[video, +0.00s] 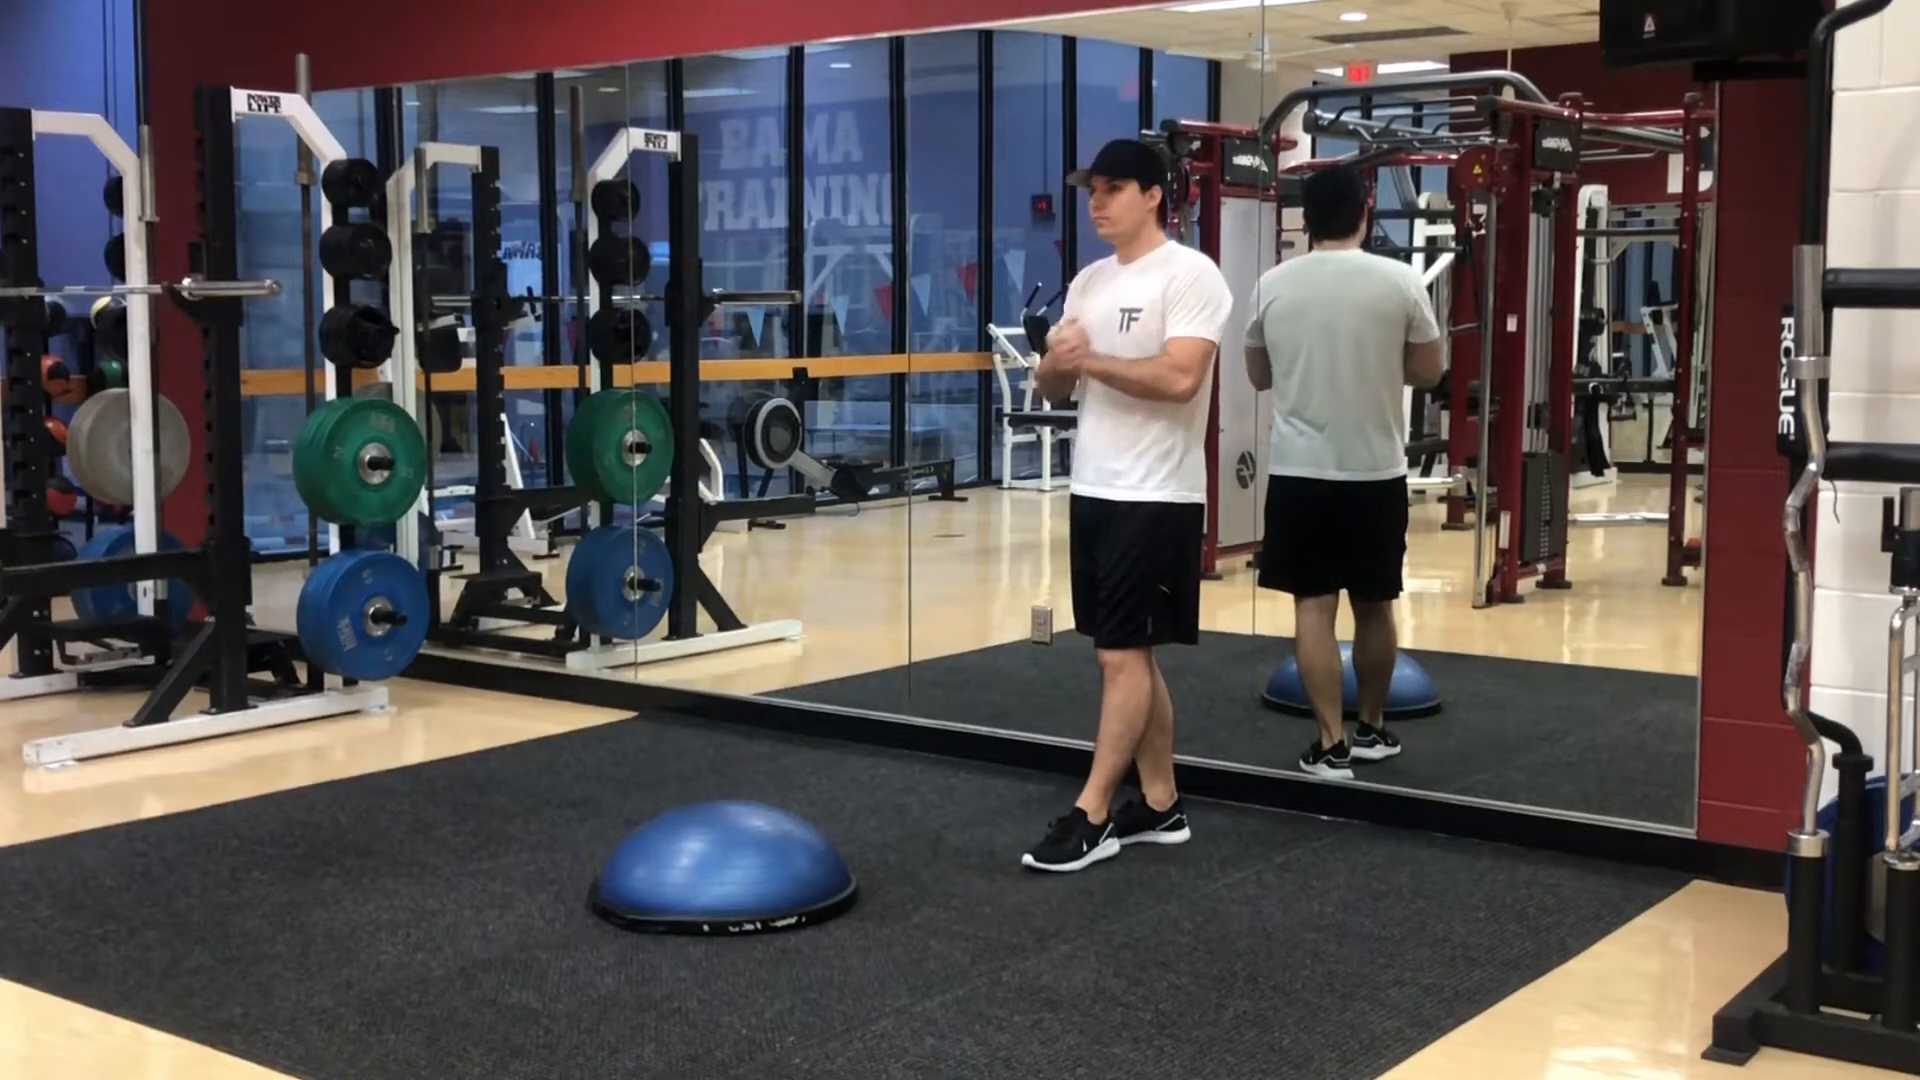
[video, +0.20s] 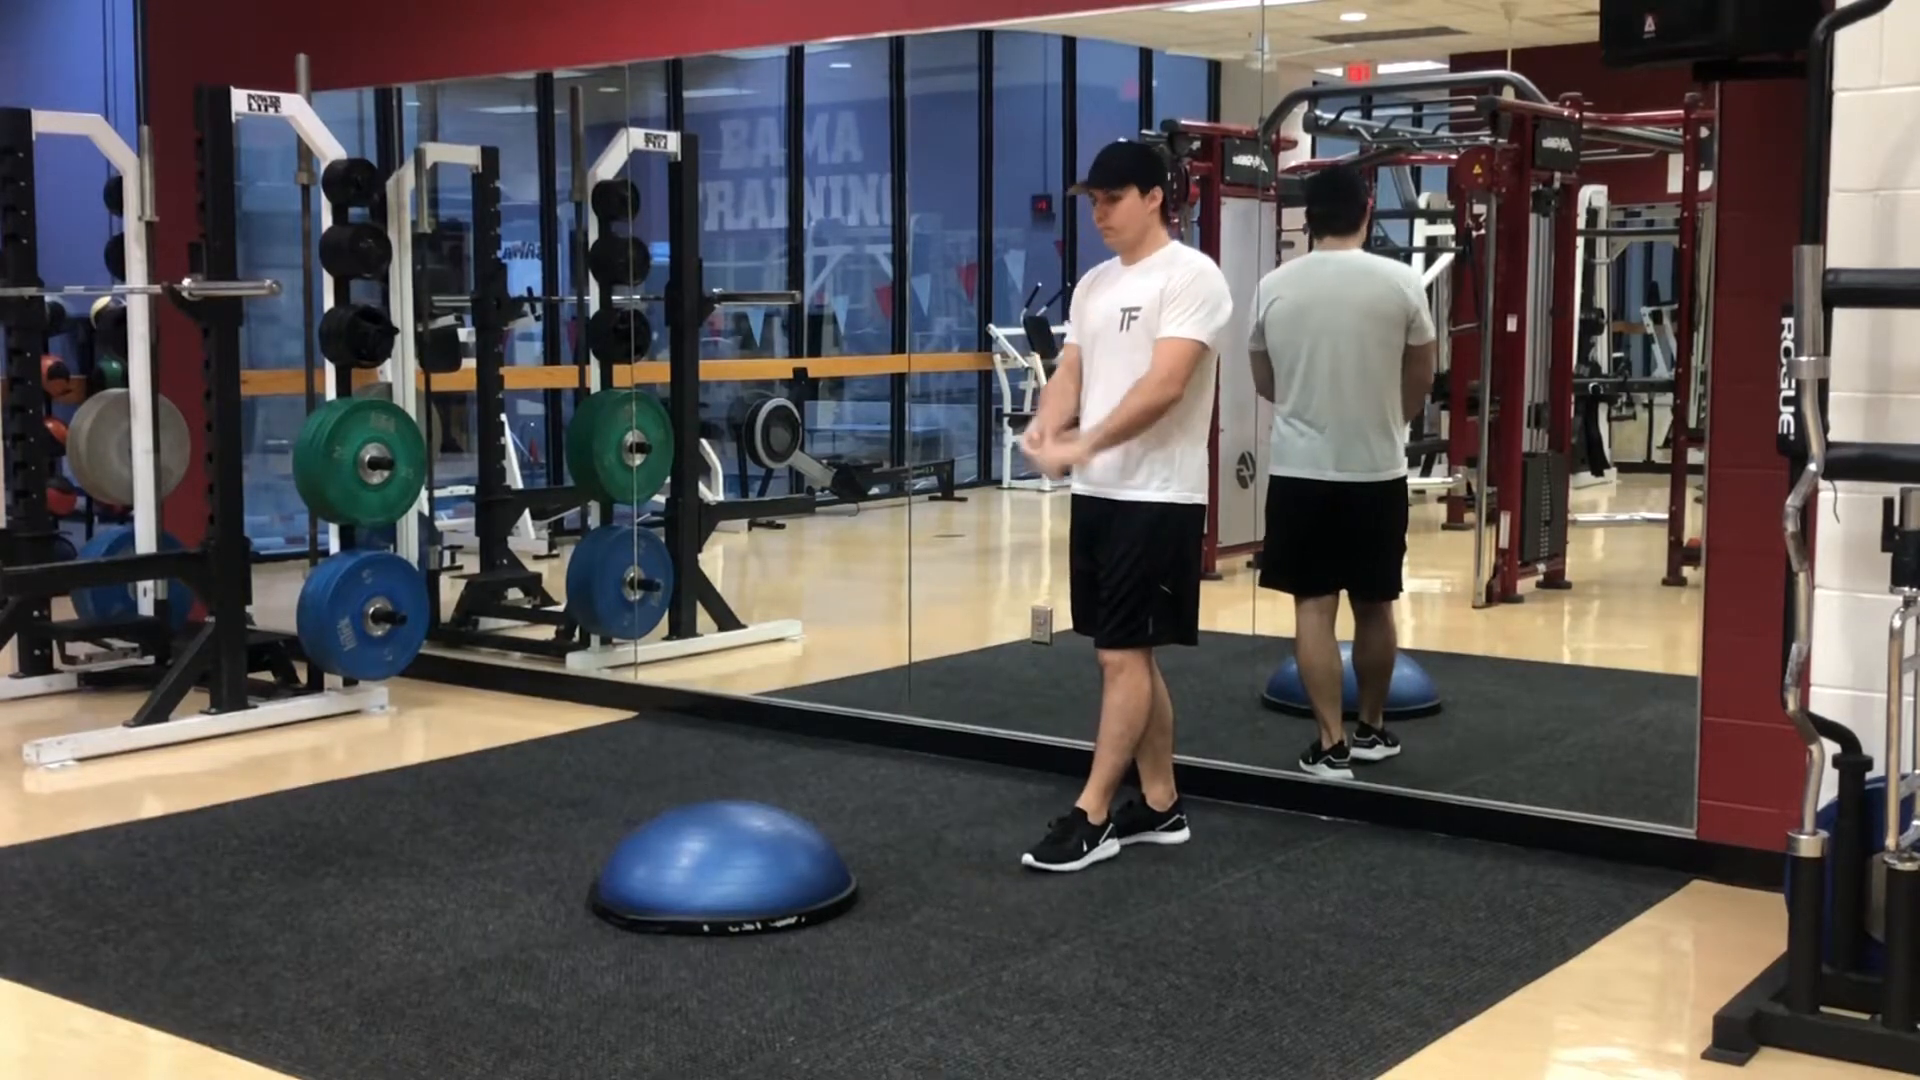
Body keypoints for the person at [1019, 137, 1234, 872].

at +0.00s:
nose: (1097, 205)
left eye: (1111, 191)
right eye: (1093, 193)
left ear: (1152, 196)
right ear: (1095, 199)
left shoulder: (1193, 274)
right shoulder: (1088, 281)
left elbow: (1180, 379)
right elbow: (1051, 386)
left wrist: (1087, 363)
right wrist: (1054, 361)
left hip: (1156, 492)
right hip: (1095, 489)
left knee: (1121, 652)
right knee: (1128, 653)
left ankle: (1091, 813)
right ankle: (1161, 802)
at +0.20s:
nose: (1100, 213)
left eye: (1112, 199)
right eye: (1095, 201)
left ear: (1154, 198)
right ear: (1096, 205)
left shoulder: (1194, 275)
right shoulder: (1092, 284)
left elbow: (1166, 384)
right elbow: (1069, 373)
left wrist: (1087, 443)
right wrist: (1044, 426)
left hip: (1158, 495)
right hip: (1097, 490)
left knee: (1121, 652)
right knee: (1126, 652)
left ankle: (1091, 813)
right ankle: (1161, 801)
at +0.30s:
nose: (1093, 224)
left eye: (1104, 209)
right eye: (1088, 212)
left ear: (1145, 202)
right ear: (1094, 212)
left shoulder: (1193, 277)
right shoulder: (1093, 286)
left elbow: (1183, 391)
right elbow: (1077, 384)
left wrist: (1133, 477)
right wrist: (1045, 450)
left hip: (1159, 495)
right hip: (1097, 489)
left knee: (1119, 652)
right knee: (1126, 653)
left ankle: (1092, 813)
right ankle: (1161, 802)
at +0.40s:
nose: (1084, 235)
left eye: (1091, 220)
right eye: (1081, 223)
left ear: (1130, 207)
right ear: (1111, 214)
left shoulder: (1189, 278)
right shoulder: (1093, 288)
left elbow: (1209, 394)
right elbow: (1079, 391)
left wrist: (1204, 497)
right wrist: (1047, 477)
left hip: (1151, 499)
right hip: (1094, 495)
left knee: (1111, 647)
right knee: (1128, 653)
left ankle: (1090, 812)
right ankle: (1161, 802)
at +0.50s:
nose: (1074, 242)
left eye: (1080, 227)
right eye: (1068, 230)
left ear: (1121, 209)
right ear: (1091, 219)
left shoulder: (1185, 278)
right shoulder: (1087, 287)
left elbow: (1230, 383)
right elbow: (1084, 391)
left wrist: (1255, 486)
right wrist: (1068, 482)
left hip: (1157, 501)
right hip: (1094, 498)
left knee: (1097, 646)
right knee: (1130, 652)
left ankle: (1087, 810)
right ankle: (1160, 803)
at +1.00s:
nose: (1027, 257)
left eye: (1033, 241)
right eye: (1019, 245)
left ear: (1075, 220)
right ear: (1042, 231)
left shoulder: (1140, 285)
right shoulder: (1035, 291)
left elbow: (1185, 393)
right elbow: (1038, 392)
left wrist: (1149, 493)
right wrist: (1005, 475)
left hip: (1117, 510)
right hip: (1057, 509)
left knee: (1077, 664)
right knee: (1105, 664)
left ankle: (1042, 822)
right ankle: (1158, 803)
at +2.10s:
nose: (969, 250)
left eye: (976, 233)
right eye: (963, 237)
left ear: (1017, 211)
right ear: (991, 220)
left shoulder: (1088, 279)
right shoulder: (978, 280)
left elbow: (1136, 392)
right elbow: (975, 377)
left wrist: (1107, 496)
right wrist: (936, 463)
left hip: (1066, 512)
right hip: (999, 509)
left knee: (1056, 668)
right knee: (999, 662)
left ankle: (1041, 824)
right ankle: (1066, 797)